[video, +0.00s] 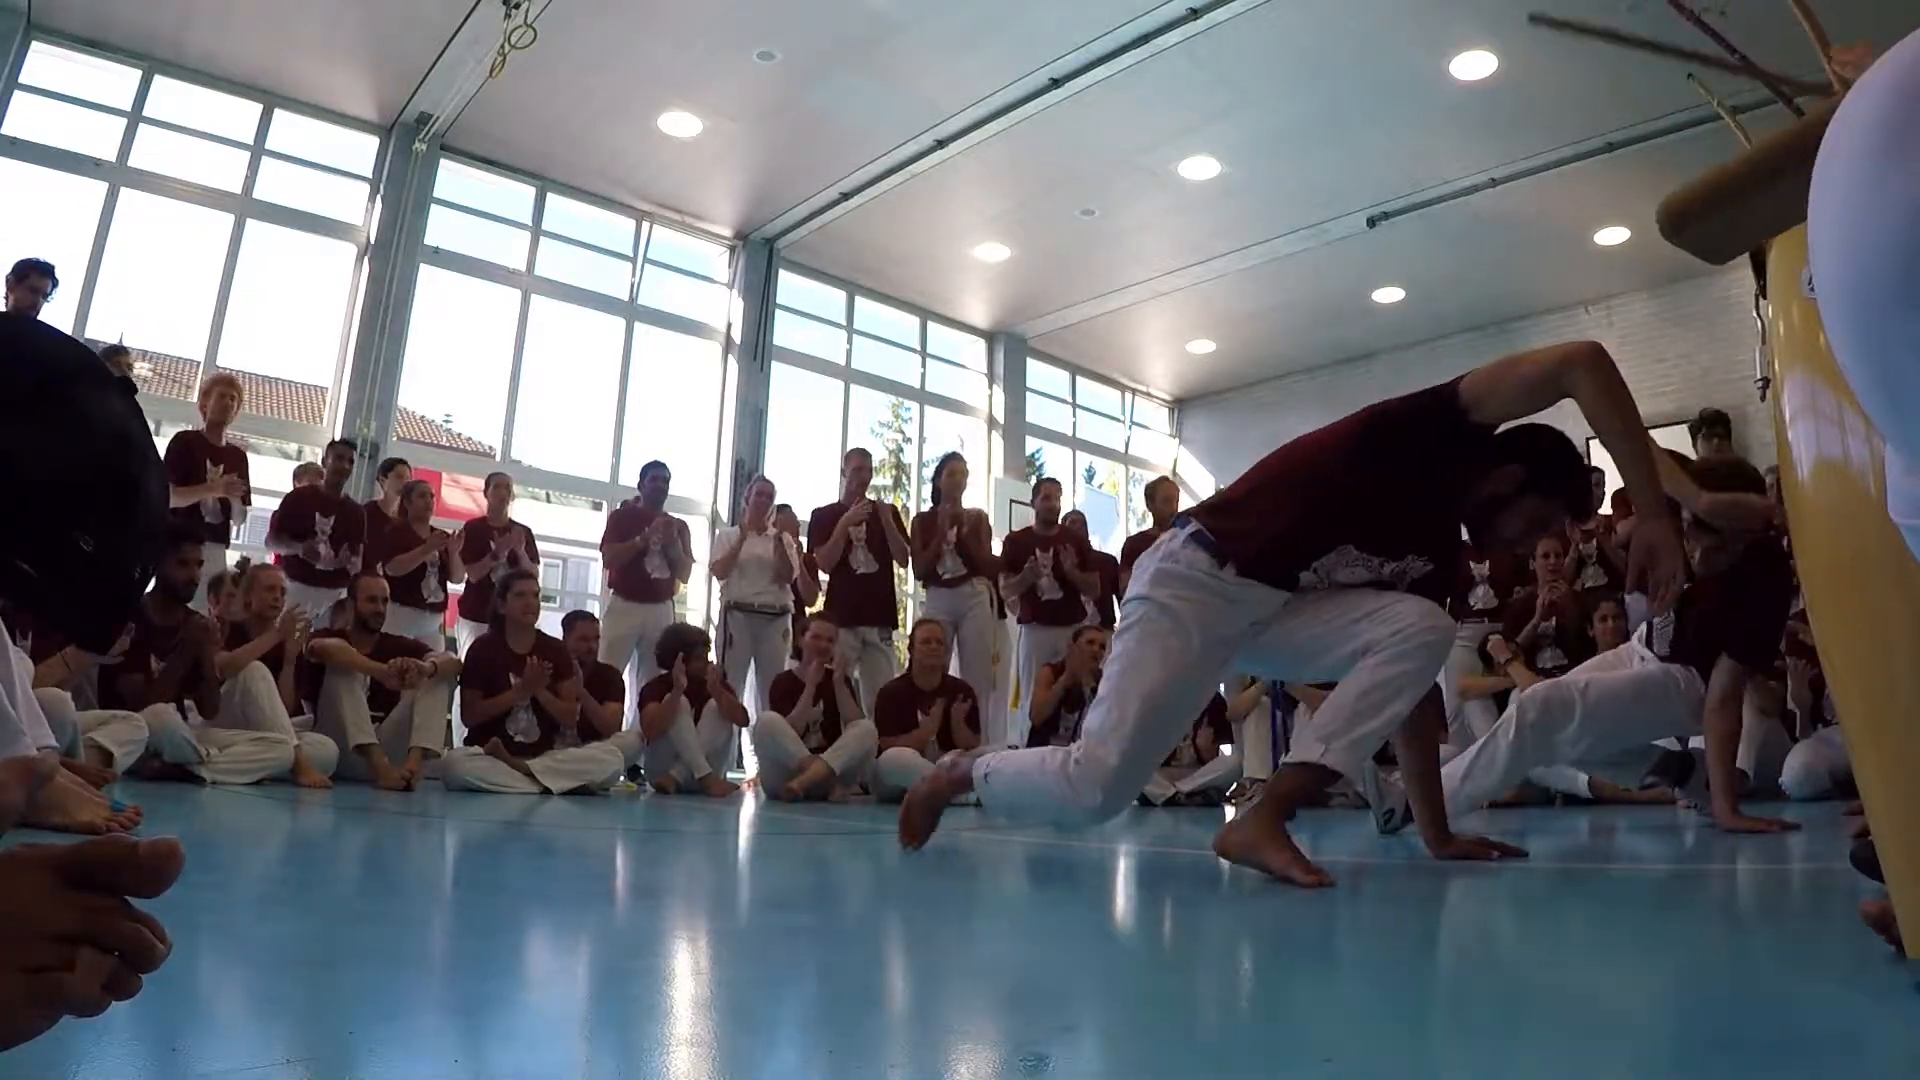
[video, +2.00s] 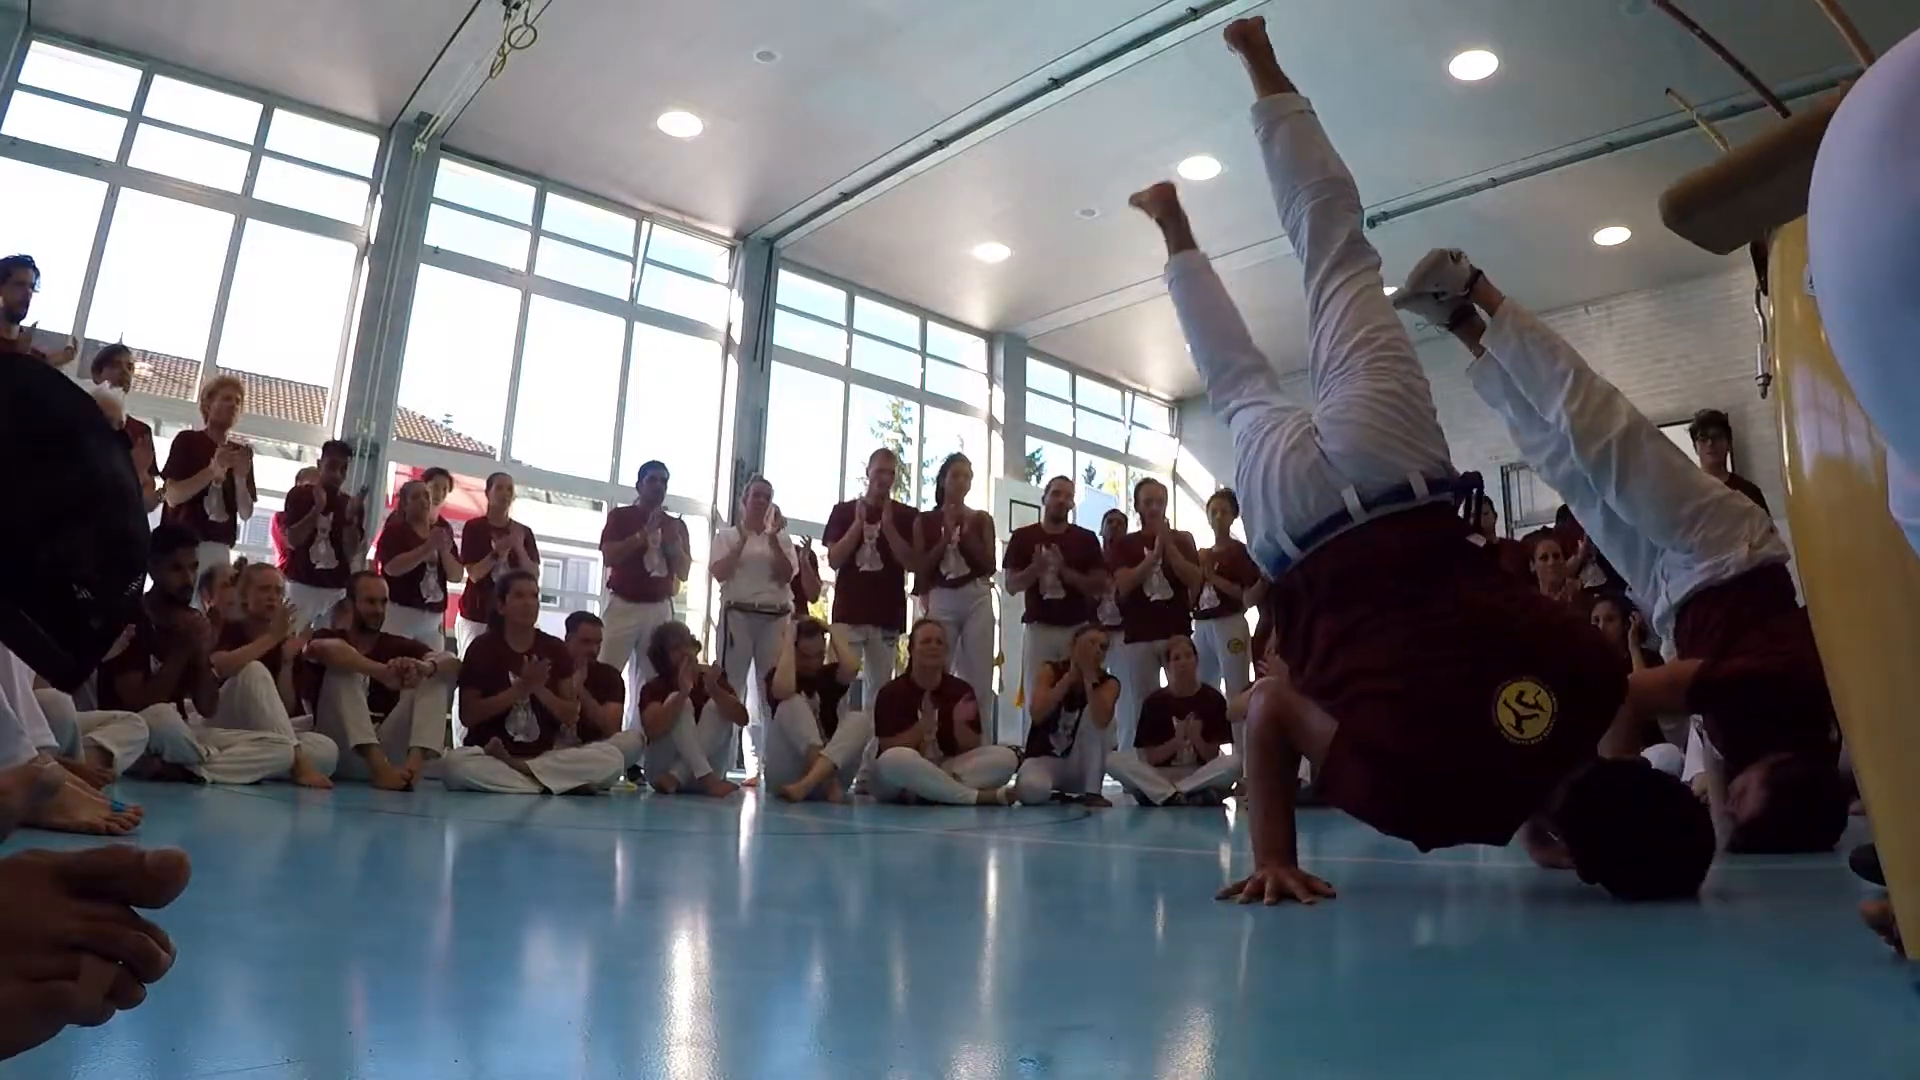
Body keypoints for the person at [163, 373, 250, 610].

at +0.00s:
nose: (228, 402)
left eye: (233, 399)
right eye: (222, 396)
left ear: (237, 410)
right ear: (203, 404)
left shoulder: (237, 455)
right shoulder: (183, 441)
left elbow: (240, 516)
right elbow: (166, 498)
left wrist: (233, 495)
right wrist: (213, 489)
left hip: (215, 548)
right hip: (177, 544)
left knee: (206, 621)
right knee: (170, 615)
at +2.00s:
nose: (233, 405)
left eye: (237, 401)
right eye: (226, 399)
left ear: (240, 409)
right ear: (207, 404)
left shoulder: (241, 452)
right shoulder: (186, 440)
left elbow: (246, 513)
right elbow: (172, 496)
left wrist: (241, 477)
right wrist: (212, 471)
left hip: (218, 547)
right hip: (181, 543)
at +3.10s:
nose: (229, 404)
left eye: (234, 400)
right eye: (223, 397)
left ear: (237, 409)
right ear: (205, 402)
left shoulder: (237, 453)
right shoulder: (183, 441)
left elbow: (246, 512)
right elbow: (171, 497)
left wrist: (235, 481)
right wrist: (211, 475)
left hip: (216, 546)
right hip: (179, 542)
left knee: (207, 618)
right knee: (172, 613)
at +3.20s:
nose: (229, 405)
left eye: (233, 401)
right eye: (222, 398)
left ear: (236, 409)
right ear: (205, 403)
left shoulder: (236, 454)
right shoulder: (183, 442)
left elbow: (243, 514)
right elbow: (170, 499)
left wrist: (236, 481)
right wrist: (209, 478)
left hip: (216, 547)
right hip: (179, 543)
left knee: (207, 618)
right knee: (171, 614)